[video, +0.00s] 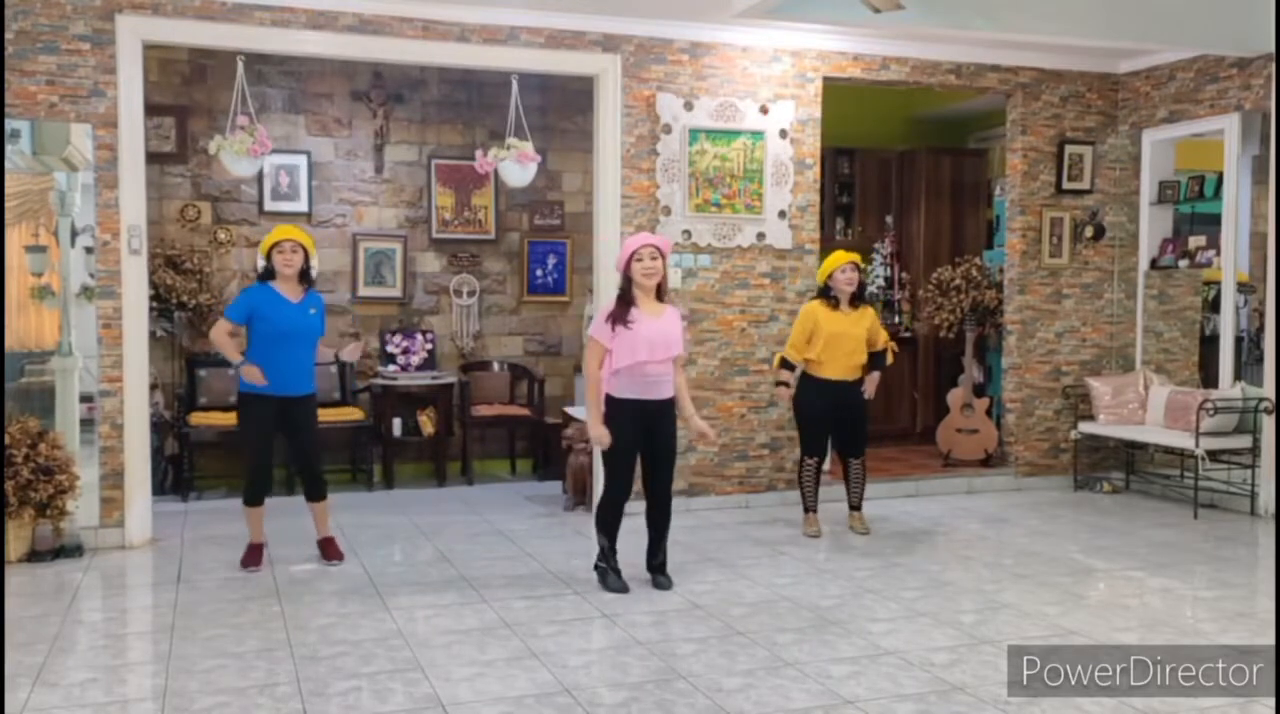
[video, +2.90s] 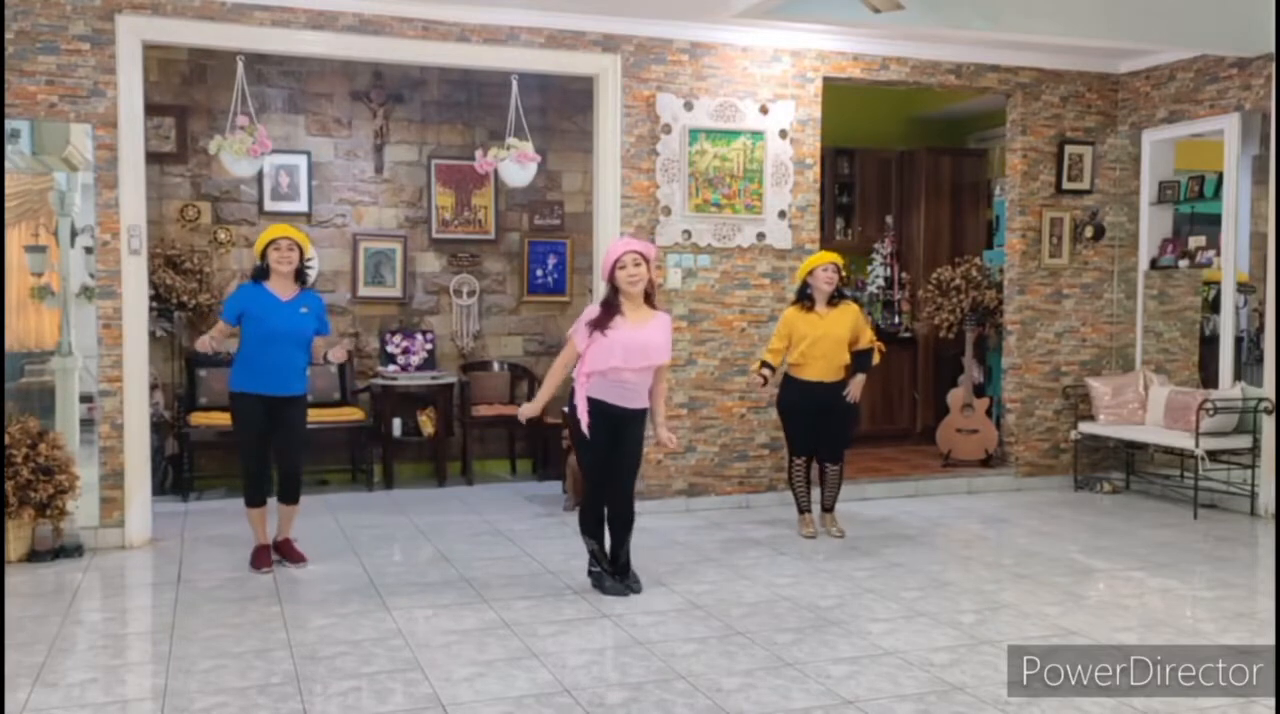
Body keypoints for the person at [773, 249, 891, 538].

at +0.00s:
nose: (850, 276)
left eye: (854, 271)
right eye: (843, 271)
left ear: (859, 278)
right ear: (829, 278)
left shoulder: (866, 314)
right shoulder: (813, 310)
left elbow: (881, 348)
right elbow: (794, 349)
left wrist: (874, 374)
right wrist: (785, 380)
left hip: (850, 391)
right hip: (814, 387)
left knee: (853, 452)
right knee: (812, 453)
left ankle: (856, 512)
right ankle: (810, 514)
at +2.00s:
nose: (857, 274)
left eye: (861, 269)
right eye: (850, 269)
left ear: (866, 276)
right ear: (837, 278)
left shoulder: (878, 310)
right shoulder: (825, 314)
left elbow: (894, 342)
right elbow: (814, 357)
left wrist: (889, 373)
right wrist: (824, 386)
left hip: (867, 389)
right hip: (833, 389)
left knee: (865, 453)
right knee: (830, 454)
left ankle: (858, 512)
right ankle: (829, 511)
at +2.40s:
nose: (843, 273)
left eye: (847, 269)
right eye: (836, 269)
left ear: (853, 277)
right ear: (823, 276)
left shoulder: (862, 313)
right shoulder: (807, 312)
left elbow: (875, 346)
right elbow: (791, 351)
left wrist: (869, 375)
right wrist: (784, 385)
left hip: (847, 390)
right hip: (809, 388)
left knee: (851, 453)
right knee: (808, 454)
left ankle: (855, 513)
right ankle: (805, 515)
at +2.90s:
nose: (831, 275)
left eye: (834, 271)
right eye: (824, 270)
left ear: (839, 279)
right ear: (809, 278)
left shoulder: (851, 312)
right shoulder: (793, 314)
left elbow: (865, 347)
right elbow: (776, 350)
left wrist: (860, 376)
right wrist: (764, 371)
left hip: (835, 393)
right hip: (797, 391)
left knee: (832, 456)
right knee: (800, 455)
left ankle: (828, 513)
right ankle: (805, 514)